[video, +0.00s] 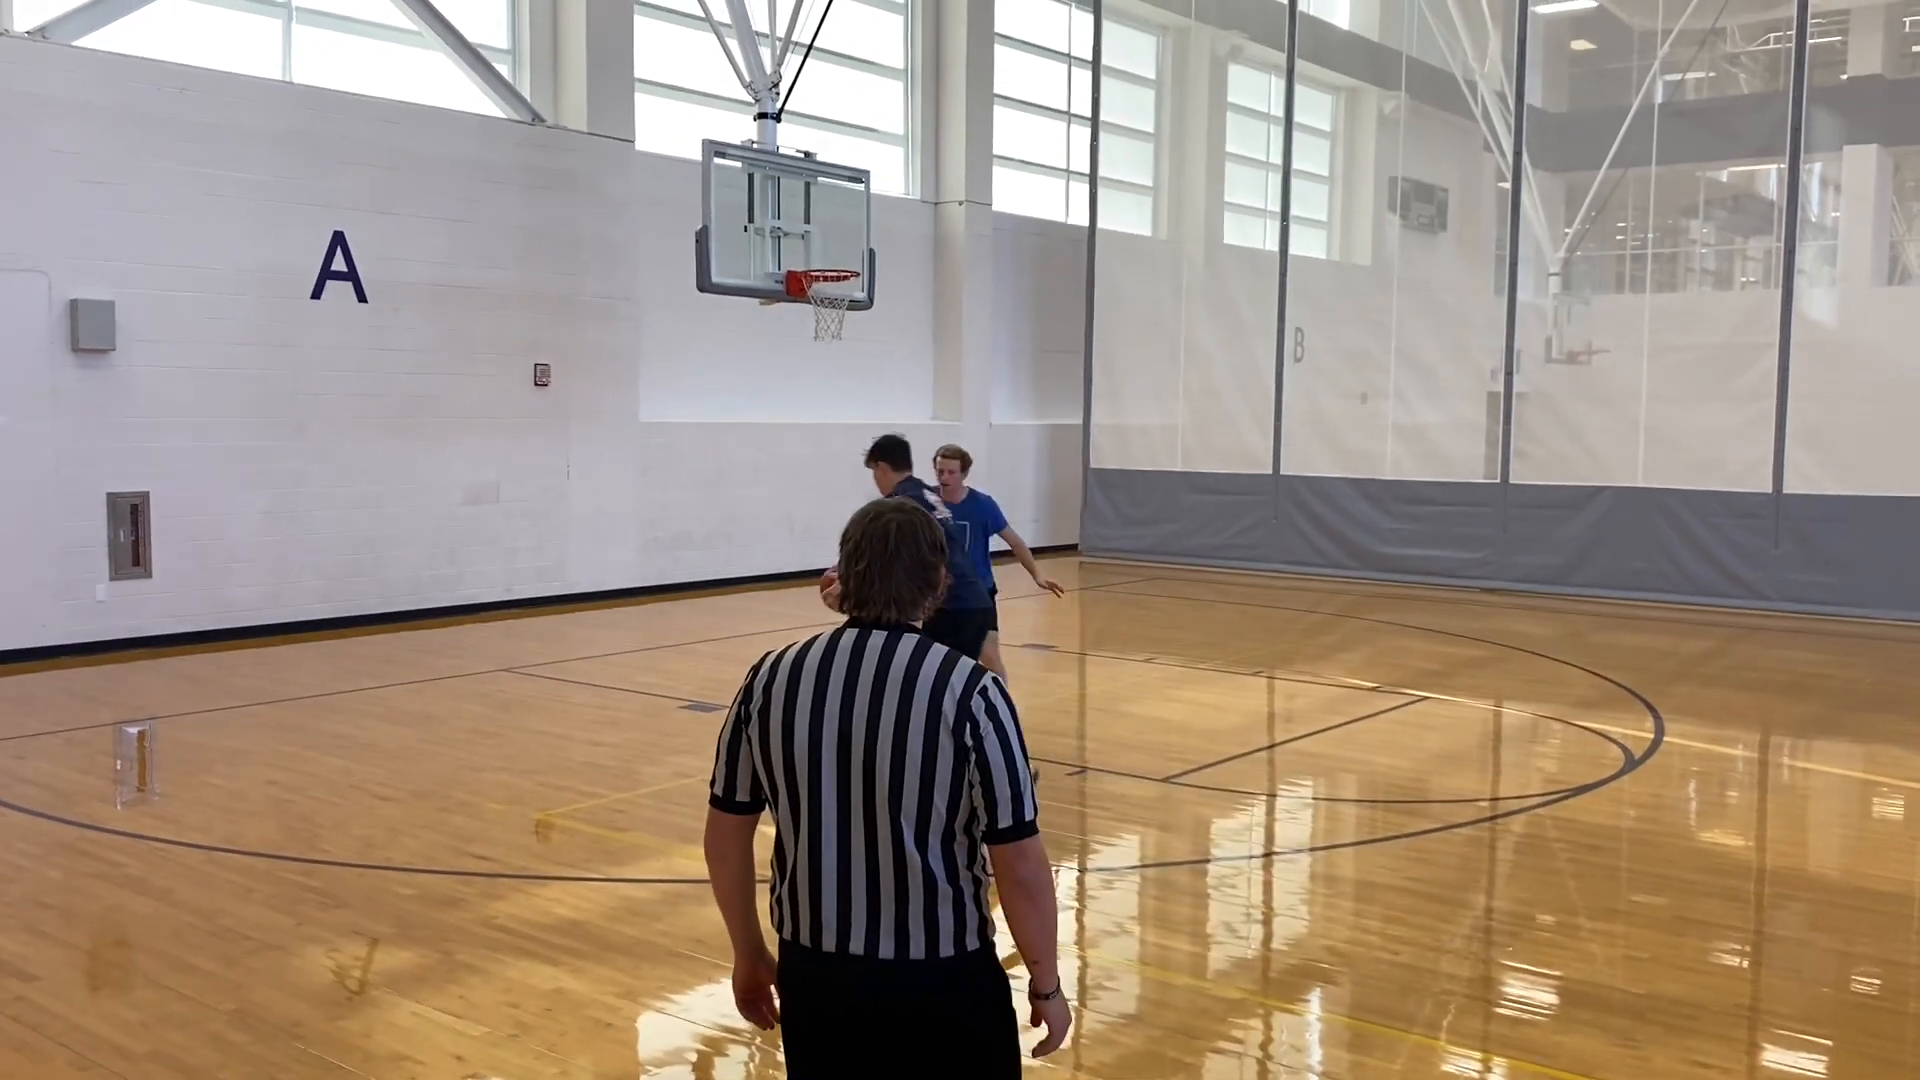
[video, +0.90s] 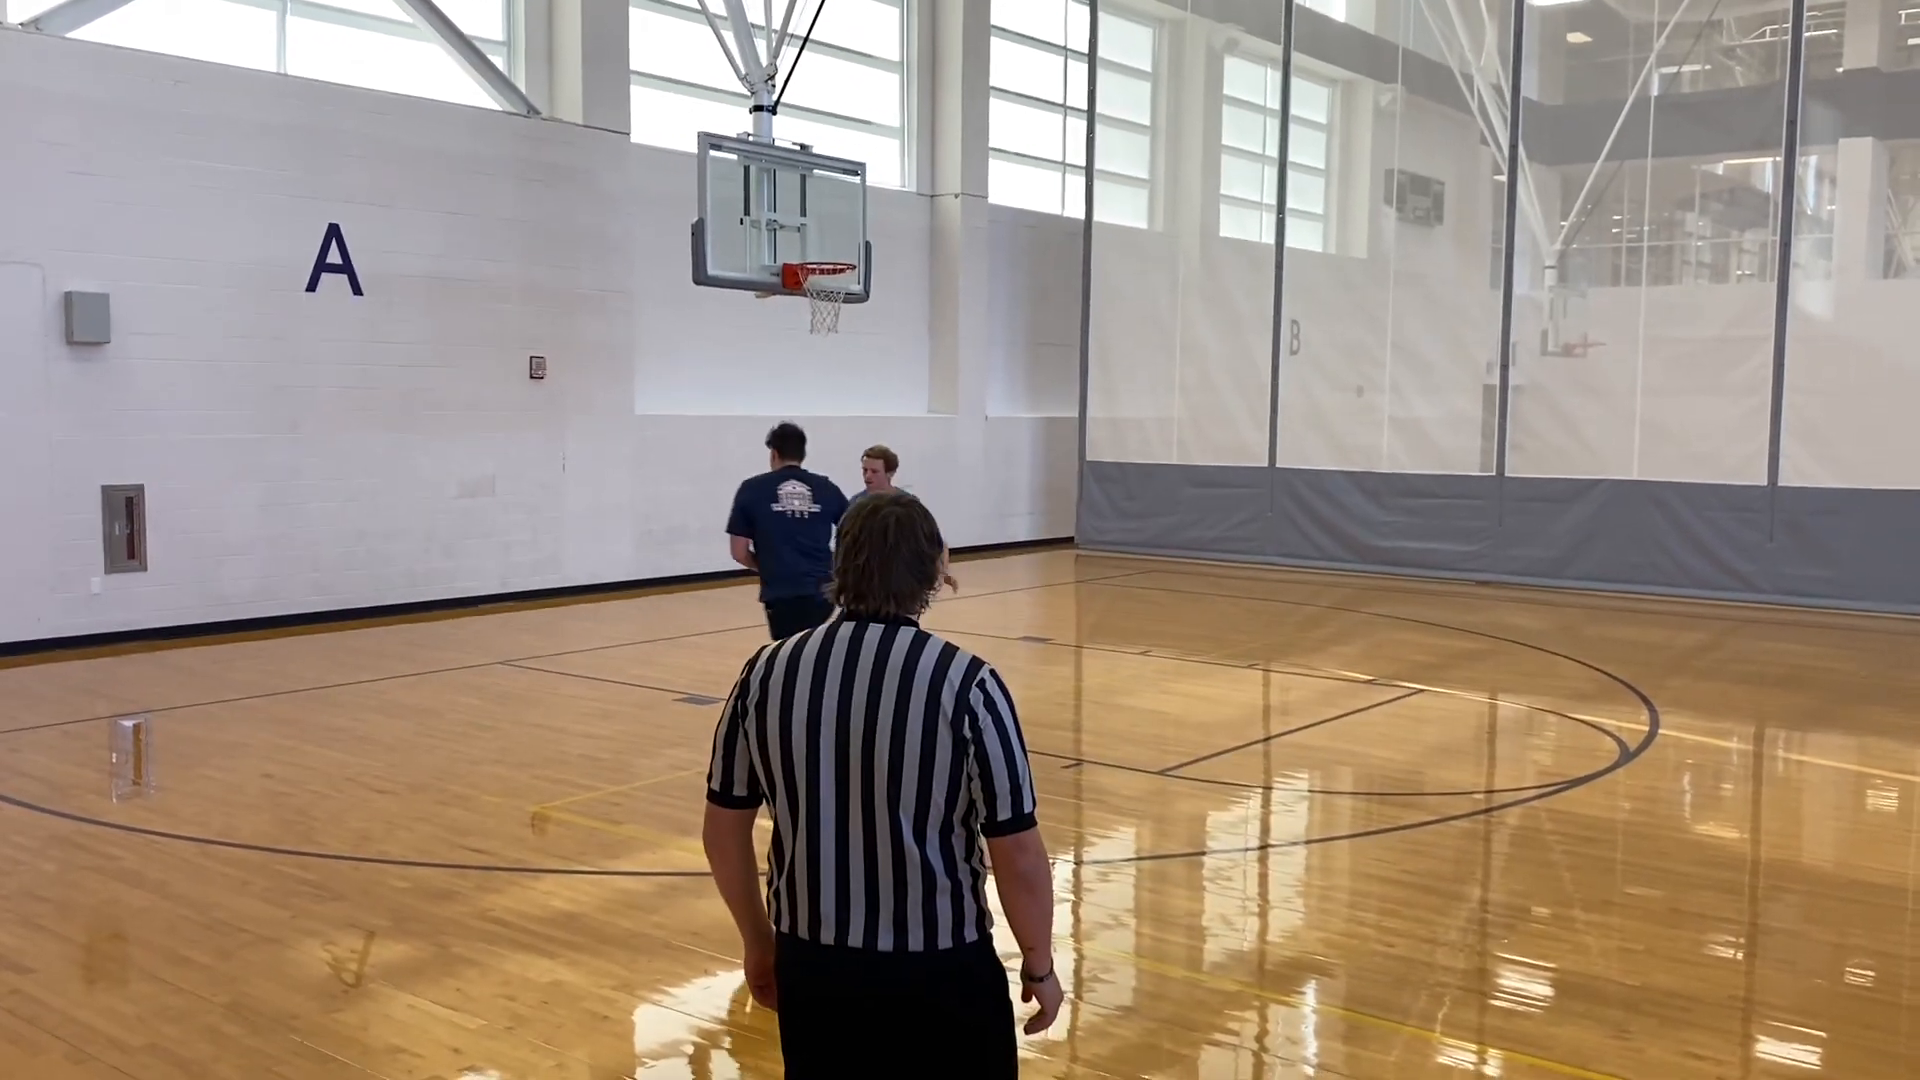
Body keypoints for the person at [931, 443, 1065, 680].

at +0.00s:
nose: (944, 477)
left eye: (950, 472)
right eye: (940, 471)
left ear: (964, 473)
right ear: (935, 470)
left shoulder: (982, 505)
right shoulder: (928, 502)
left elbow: (1014, 542)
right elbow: (915, 549)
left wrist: (1038, 577)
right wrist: (919, 591)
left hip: (979, 596)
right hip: (939, 597)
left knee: (988, 659)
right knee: (939, 661)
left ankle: (1002, 712)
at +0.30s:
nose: (919, 468)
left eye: (926, 463)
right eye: (915, 462)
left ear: (939, 465)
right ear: (910, 461)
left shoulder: (958, 495)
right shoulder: (901, 491)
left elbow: (990, 529)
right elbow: (887, 531)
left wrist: (1006, 562)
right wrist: (888, 568)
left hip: (955, 578)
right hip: (916, 575)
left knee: (950, 644)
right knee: (915, 640)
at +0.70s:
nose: (883, 474)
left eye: (890, 469)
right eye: (880, 468)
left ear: (905, 471)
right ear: (877, 467)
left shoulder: (925, 499)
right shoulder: (871, 500)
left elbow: (956, 536)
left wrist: (963, 564)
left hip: (921, 574)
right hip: (882, 574)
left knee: (917, 634)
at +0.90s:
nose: (868, 477)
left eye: (874, 472)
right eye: (865, 471)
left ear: (890, 473)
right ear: (862, 470)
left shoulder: (907, 502)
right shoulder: (856, 503)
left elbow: (938, 542)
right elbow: (843, 543)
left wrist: (942, 571)